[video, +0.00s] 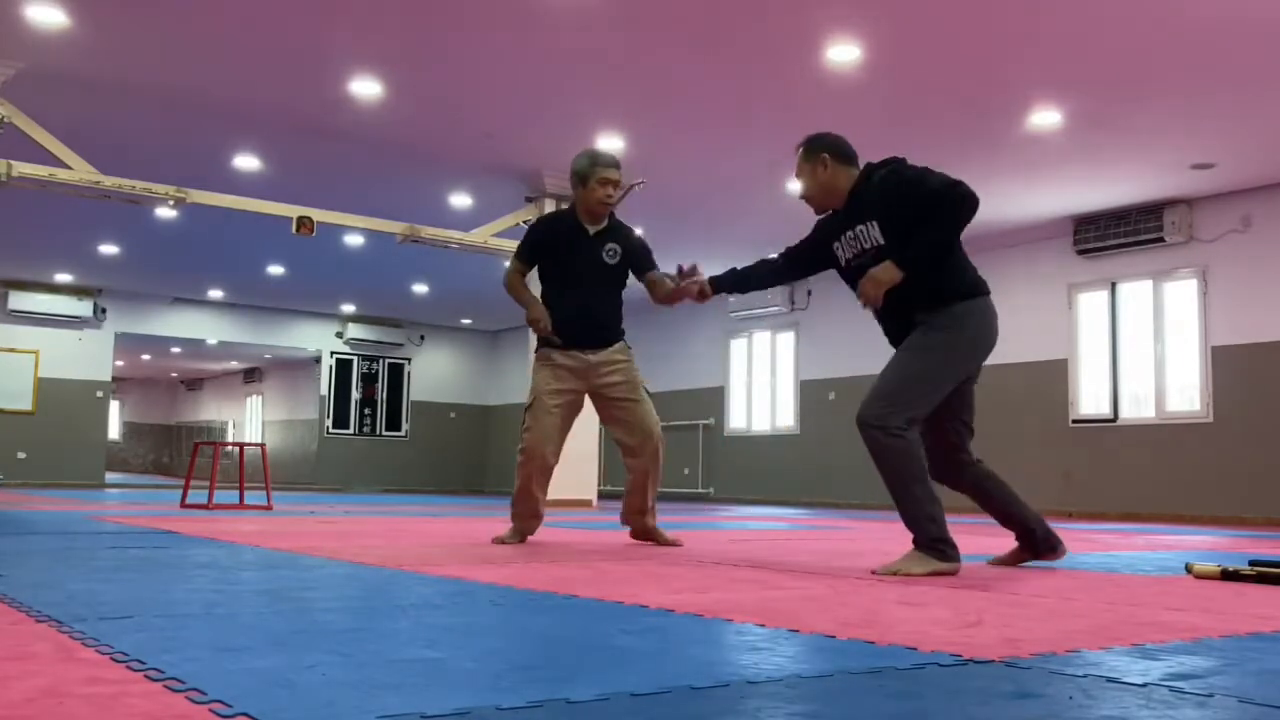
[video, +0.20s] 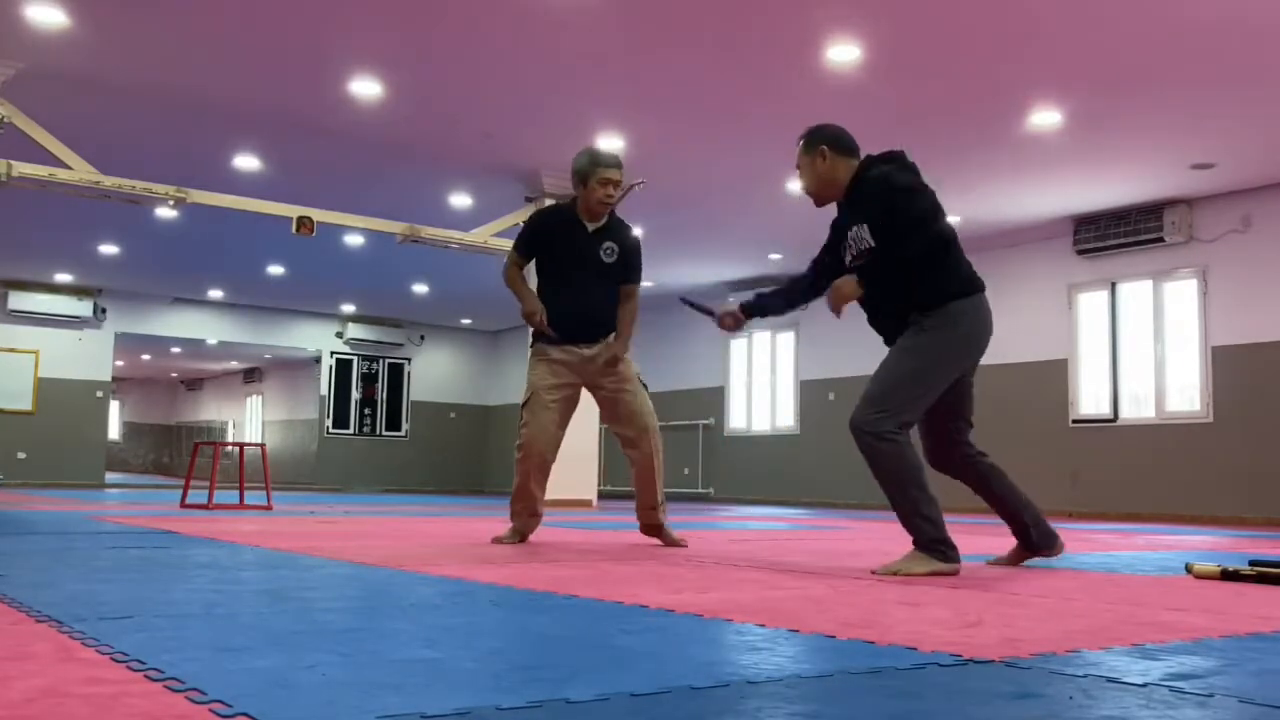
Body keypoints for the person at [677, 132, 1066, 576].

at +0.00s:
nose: (801, 193)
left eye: (803, 179)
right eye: (799, 182)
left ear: (827, 165)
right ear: (828, 168)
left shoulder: (892, 179)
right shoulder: (833, 231)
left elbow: (960, 200)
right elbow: (784, 267)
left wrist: (897, 263)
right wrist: (714, 285)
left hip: (958, 320)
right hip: (935, 332)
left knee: (881, 418)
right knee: (949, 462)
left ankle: (936, 550)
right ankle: (1038, 538)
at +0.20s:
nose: (801, 184)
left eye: (802, 170)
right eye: (799, 173)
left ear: (824, 157)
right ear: (830, 160)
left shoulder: (888, 180)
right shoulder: (848, 223)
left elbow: (932, 241)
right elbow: (814, 282)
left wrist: (862, 282)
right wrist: (748, 308)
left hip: (950, 318)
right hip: (942, 324)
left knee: (875, 423)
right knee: (947, 448)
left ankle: (935, 550)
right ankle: (1039, 537)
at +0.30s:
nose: (799, 179)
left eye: (798, 165)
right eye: (796, 168)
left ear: (818, 152)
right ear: (834, 150)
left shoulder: (855, 187)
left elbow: (838, 267)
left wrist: (803, 268)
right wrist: (840, 322)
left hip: (933, 314)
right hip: (944, 311)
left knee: (867, 428)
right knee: (889, 425)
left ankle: (934, 550)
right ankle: (972, 516)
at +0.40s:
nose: (793, 181)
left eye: (793, 170)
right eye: (790, 172)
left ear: (813, 158)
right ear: (841, 156)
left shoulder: (819, 200)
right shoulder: (900, 185)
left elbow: (770, 268)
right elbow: (964, 227)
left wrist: (777, 246)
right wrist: (945, 288)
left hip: (906, 315)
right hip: (937, 312)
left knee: (855, 432)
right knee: (863, 425)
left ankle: (936, 549)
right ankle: (856, 535)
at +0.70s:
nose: (772, 206)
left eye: (774, 197)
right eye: (773, 197)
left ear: (790, 190)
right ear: (820, 188)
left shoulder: (785, 227)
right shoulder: (873, 219)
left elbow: (714, 274)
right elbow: (930, 264)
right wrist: (903, 313)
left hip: (858, 339)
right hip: (900, 340)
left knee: (814, 453)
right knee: (818, 428)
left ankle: (898, 523)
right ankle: (838, 538)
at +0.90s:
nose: (756, 208)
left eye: (757, 200)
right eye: (755, 201)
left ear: (774, 193)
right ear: (800, 191)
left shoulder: (779, 219)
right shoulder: (845, 223)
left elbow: (717, 253)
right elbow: (907, 273)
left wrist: (678, 298)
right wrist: (874, 316)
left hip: (859, 337)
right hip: (878, 336)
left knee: (825, 442)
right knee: (795, 429)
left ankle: (916, 528)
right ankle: (837, 539)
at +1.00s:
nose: (743, 211)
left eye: (743, 200)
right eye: (741, 202)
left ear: (762, 189)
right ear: (778, 189)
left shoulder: (788, 215)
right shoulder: (810, 216)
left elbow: (742, 265)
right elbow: (830, 291)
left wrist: (705, 302)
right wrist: (792, 336)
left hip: (864, 329)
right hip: (848, 336)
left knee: (824, 428)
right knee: (788, 430)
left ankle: (910, 524)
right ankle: (836, 539)